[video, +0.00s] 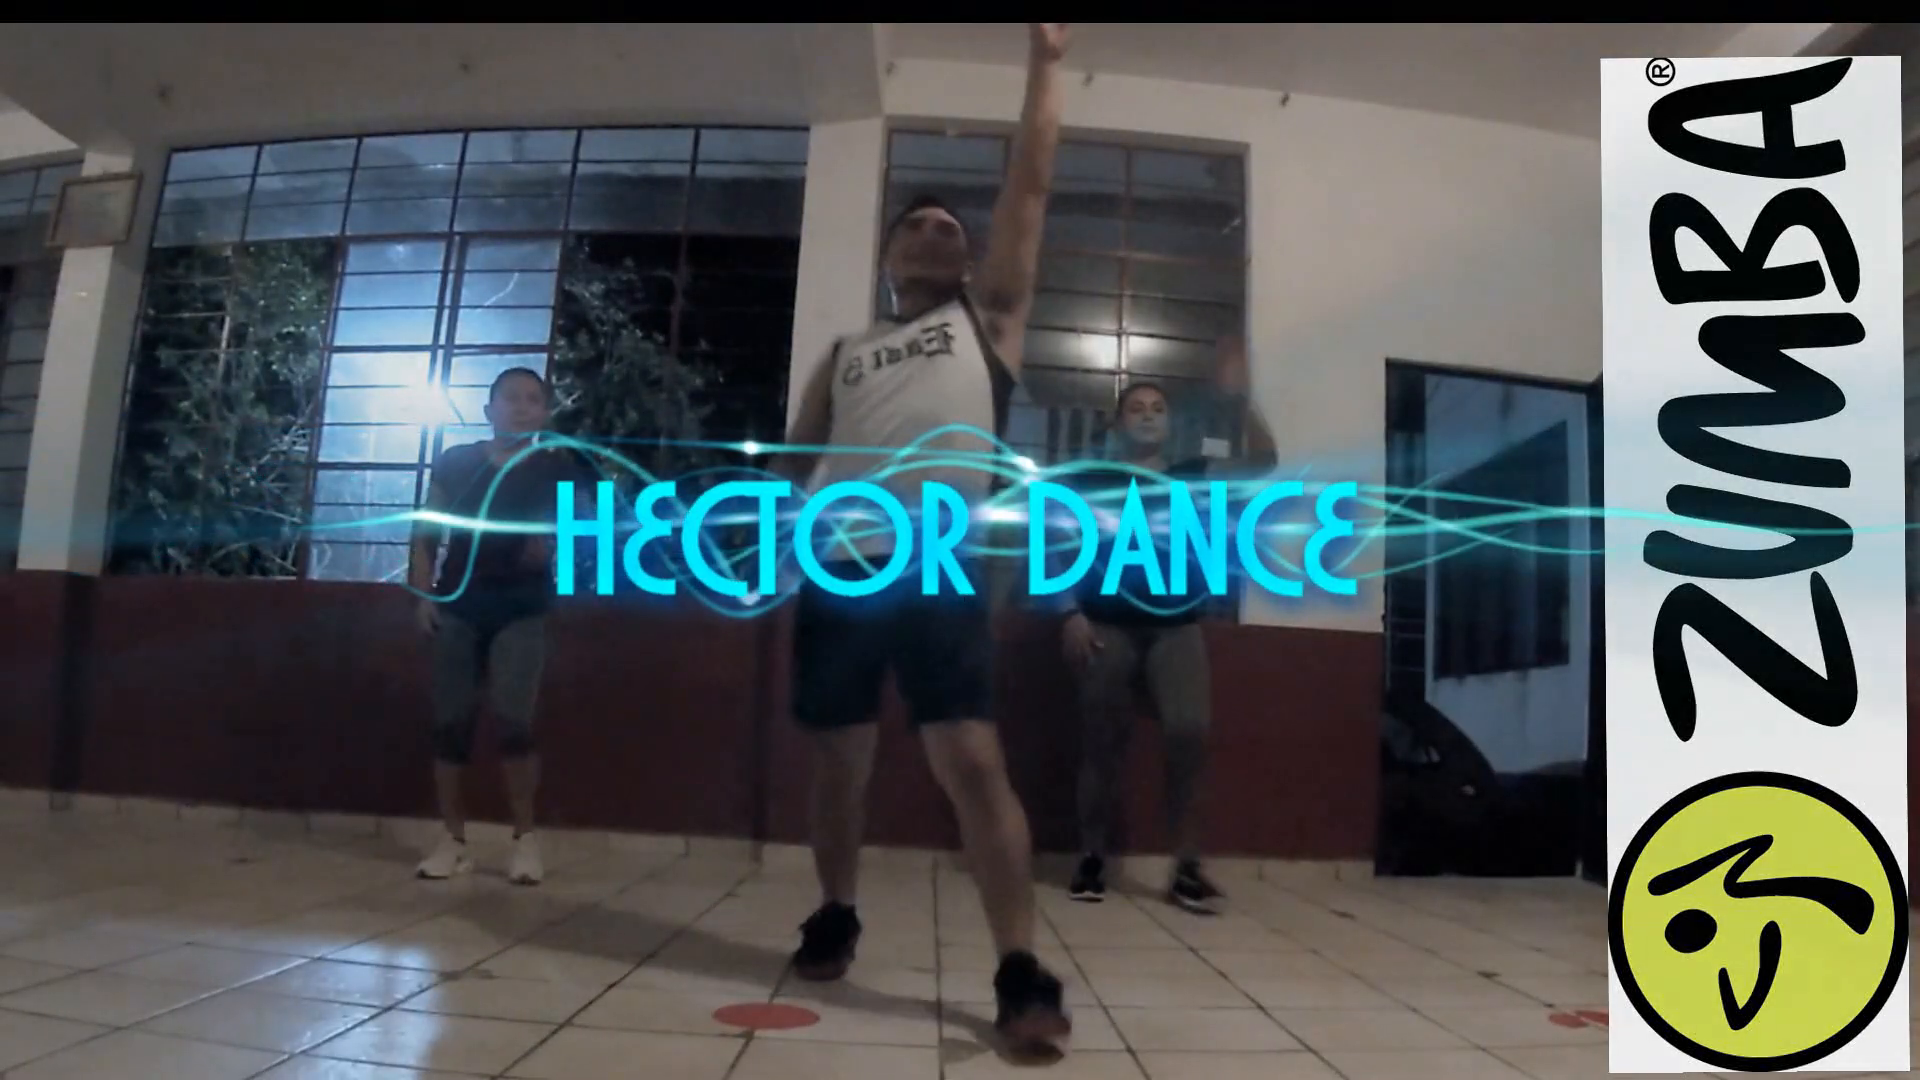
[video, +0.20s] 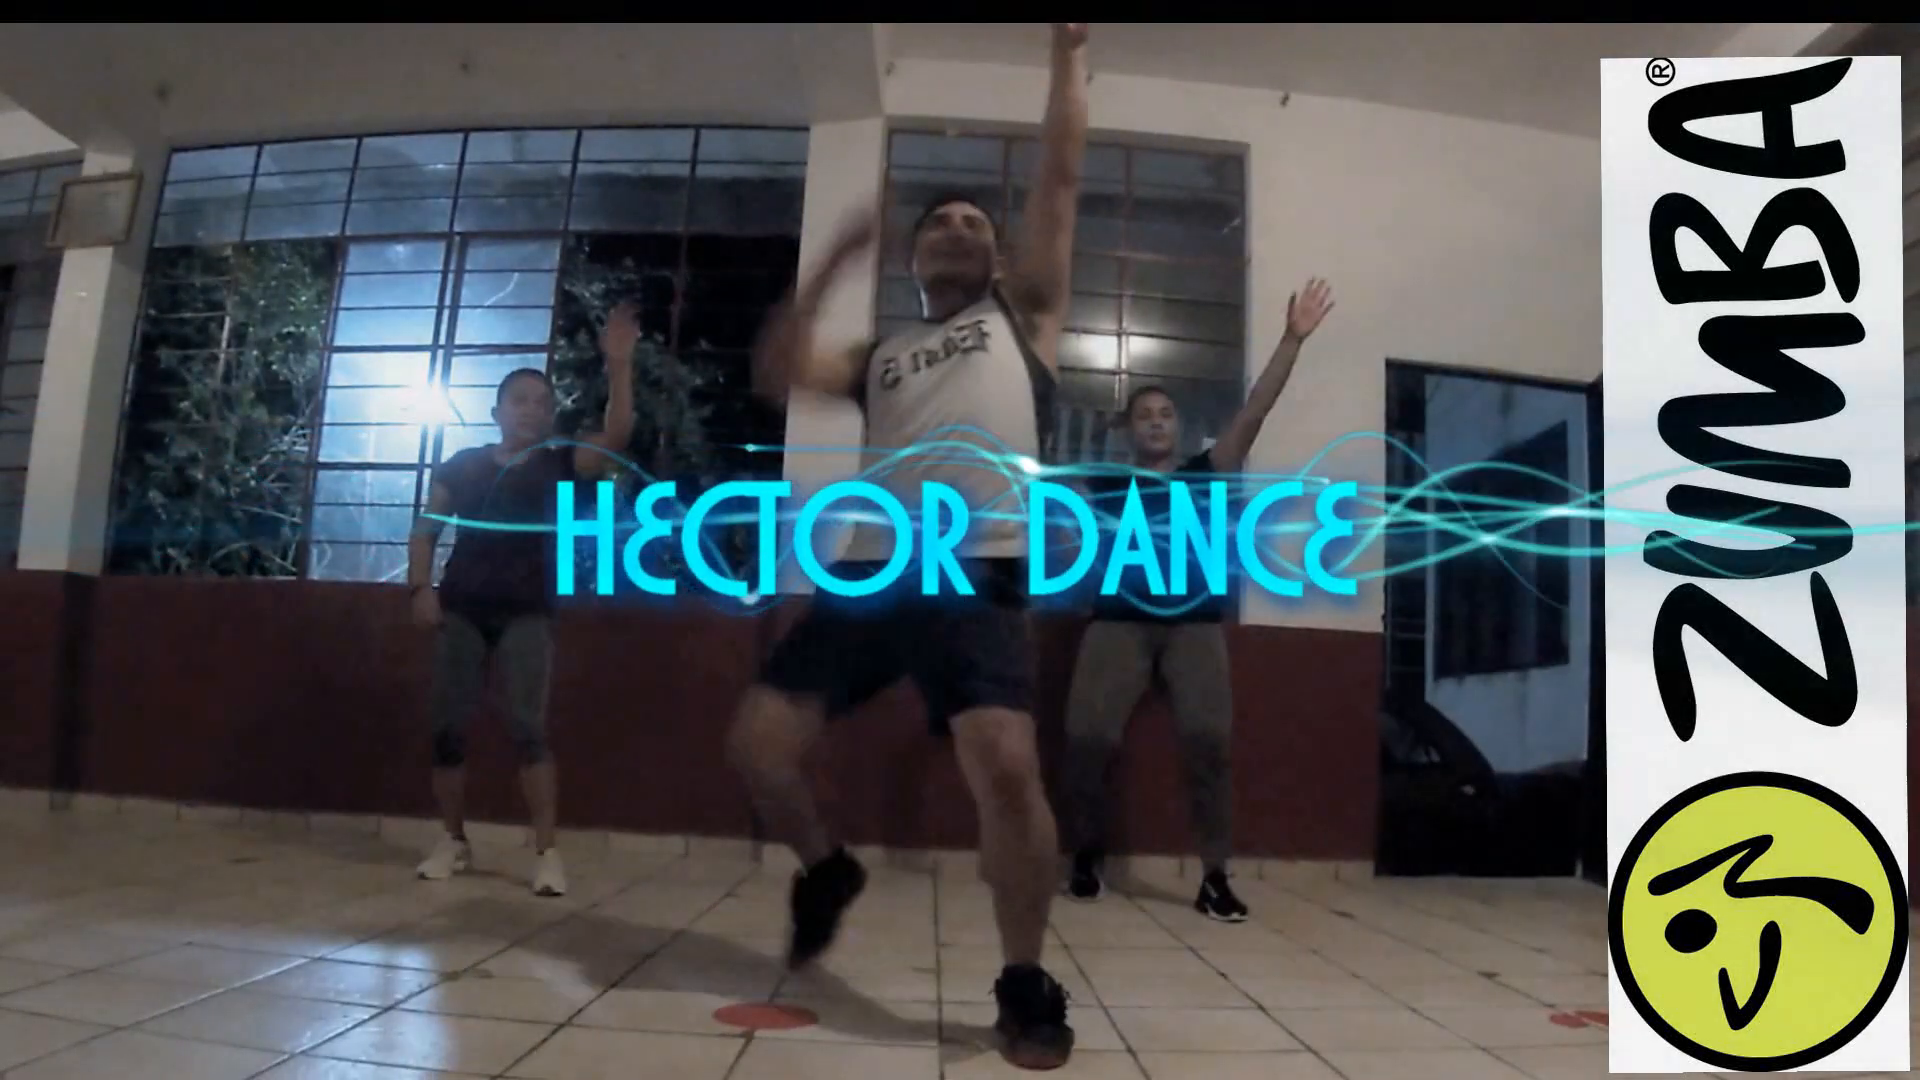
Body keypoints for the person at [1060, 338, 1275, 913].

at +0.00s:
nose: (1147, 417)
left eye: (1156, 409)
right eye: (1137, 409)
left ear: (1170, 420)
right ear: (1119, 421)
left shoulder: (1191, 473)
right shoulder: (1093, 477)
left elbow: (1261, 460)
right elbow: (1061, 548)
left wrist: (1239, 399)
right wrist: (1069, 611)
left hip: (1176, 623)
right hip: (1108, 623)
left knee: (1190, 734)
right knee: (1100, 739)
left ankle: (1188, 865)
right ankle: (1092, 857)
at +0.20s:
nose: (1158, 422)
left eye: (1166, 414)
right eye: (1146, 415)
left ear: (1181, 426)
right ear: (1127, 430)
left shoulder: (1207, 475)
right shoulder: (1107, 484)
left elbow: (1255, 409)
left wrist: (1292, 338)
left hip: (1195, 627)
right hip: (1119, 626)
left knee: (1209, 741)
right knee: (1088, 735)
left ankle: (1215, 875)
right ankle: (1084, 858)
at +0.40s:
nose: (1150, 417)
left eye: (1160, 410)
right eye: (1139, 409)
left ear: (1175, 424)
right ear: (1120, 424)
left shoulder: (1200, 470)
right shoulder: (1097, 473)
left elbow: (1253, 404)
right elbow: (1048, 431)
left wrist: (1297, 332)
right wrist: (1080, 382)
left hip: (1192, 617)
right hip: (1113, 614)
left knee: (1202, 739)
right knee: (1063, 725)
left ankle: (1215, 874)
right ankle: (1022, 861)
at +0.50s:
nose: (1140, 422)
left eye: (1150, 415)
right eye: (1130, 414)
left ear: (1166, 428)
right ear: (1110, 425)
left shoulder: (1189, 478)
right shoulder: (1087, 476)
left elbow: (1249, 439)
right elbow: (1060, 413)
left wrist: (1280, 366)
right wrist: (1061, 352)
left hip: (1174, 621)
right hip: (1097, 618)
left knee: (1194, 737)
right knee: (1059, 730)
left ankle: (1212, 874)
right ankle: (1018, 864)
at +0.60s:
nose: (1129, 424)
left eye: (1140, 417)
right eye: (1120, 414)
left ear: (1151, 431)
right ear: (1099, 424)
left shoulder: (1164, 489)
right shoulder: (1071, 477)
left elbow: (1226, 527)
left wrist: (1239, 470)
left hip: (1150, 623)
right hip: (1074, 621)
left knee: (1184, 741)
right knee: (1051, 744)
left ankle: (1211, 874)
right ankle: (1016, 876)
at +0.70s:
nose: (1122, 417)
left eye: (1132, 410)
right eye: (1111, 409)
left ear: (1143, 426)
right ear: (1090, 419)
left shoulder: (1152, 488)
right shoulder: (1063, 467)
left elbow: (1178, 553)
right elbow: (1045, 381)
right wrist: (1068, 310)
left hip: (1141, 619)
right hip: (1068, 617)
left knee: (1187, 725)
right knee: (1041, 734)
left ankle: (1202, 860)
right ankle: (1005, 871)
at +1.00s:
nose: (1127, 427)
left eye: (1136, 420)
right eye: (1115, 420)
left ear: (1148, 434)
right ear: (1097, 432)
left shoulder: (1165, 494)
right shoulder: (1079, 483)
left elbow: (1189, 551)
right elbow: (1035, 431)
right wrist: (1063, 357)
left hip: (1156, 632)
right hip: (1091, 628)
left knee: (1163, 744)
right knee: (1064, 742)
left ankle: (1144, 854)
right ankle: (1017, 862)